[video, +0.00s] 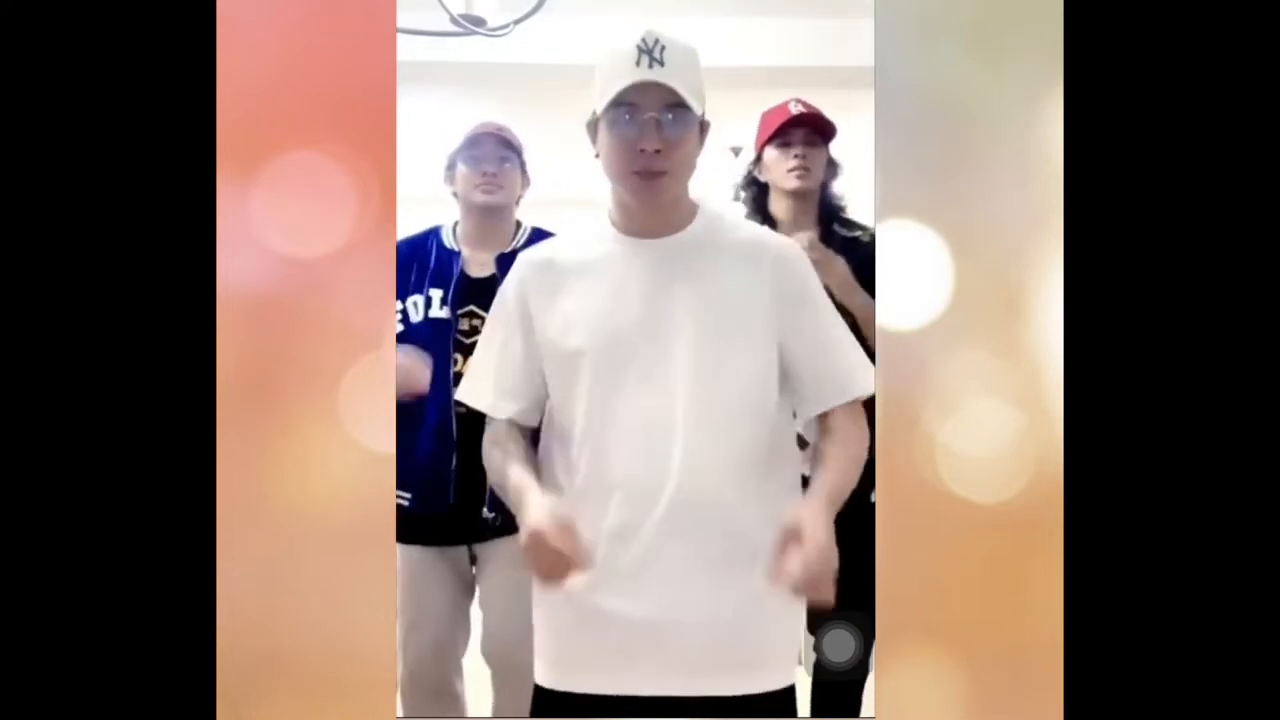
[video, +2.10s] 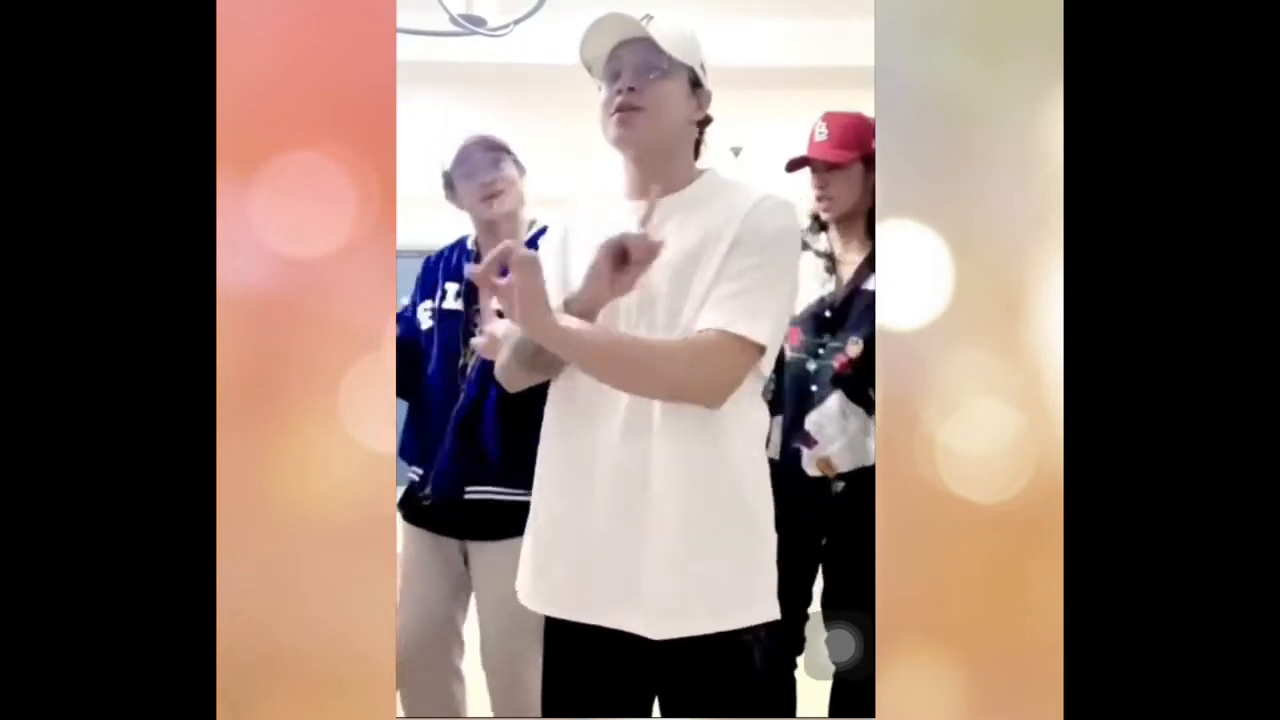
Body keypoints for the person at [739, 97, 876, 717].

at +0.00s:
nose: (800, 156)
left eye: (813, 146)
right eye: (785, 145)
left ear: (829, 161)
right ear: (759, 162)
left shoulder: (866, 248)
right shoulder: (733, 249)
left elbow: (894, 351)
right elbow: (711, 351)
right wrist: (770, 277)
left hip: (850, 460)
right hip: (755, 459)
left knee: (843, 643)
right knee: (758, 633)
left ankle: (834, 716)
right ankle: (770, 712)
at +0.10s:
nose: (806, 149)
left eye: (818, 137)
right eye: (789, 138)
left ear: (832, 150)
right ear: (763, 154)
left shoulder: (859, 235)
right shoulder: (741, 237)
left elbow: (899, 322)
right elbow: (726, 336)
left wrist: (874, 242)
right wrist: (760, 236)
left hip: (850, 452)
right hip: (761, 449)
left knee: (841, 625)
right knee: (762, 619)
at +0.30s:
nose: (814, 151)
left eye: (826, 140)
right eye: (798, 139)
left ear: (839, 156)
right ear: (768, 152)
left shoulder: (869, 244)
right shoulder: (742, 246)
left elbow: (894, 340)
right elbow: (722, 351)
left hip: (846, 473)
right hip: (754, 466)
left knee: (840, 633)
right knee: (748, 622)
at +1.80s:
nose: (820, 182)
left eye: (837, 169)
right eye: (811, 169)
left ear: (868, 180)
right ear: (801, 178)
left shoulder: (895, 261)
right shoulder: (781, 258)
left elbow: (905, 361)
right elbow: (764, 359)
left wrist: (869, 439)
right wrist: (799, 443)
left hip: (867, 477)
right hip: (786, 473)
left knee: (859, 641)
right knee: (774, 635)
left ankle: (854, 712)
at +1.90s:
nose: (818, 177)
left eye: (834, 165)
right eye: (810, 165)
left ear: (869, 174)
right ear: (801, 174)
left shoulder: (898, 256)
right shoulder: (778, 253)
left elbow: (902, 354)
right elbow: (762, 342)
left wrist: (814, 310)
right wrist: (844, 286)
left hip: (865, 478)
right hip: (786, 472)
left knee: (855, 636)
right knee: (770, 625)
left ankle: (853, 719)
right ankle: (765, 715)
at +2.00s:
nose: (818, 173)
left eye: (834, 160)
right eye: (812, 161)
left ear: (869, 168)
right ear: (805, 167)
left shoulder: (893, 247)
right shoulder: (793, 247)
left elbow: (885, 331)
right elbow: (768, 365)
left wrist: (825, 255)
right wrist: (772, 265)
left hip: (862, 470)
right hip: (788, 466)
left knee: (852, 634)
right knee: (769, 625)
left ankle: (853, 717)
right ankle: (761, 714)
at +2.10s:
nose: (819, 181)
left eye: (834, 168)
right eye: (813, 169)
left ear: (872, 176)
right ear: (807, 175)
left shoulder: (896, 264)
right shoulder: (792, 254)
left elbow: (868, 361)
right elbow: (773, 361)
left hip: (860, 474)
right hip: (784, 469)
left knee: (855, 636)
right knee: (770, 632)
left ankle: (853, 714)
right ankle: (765, 712)